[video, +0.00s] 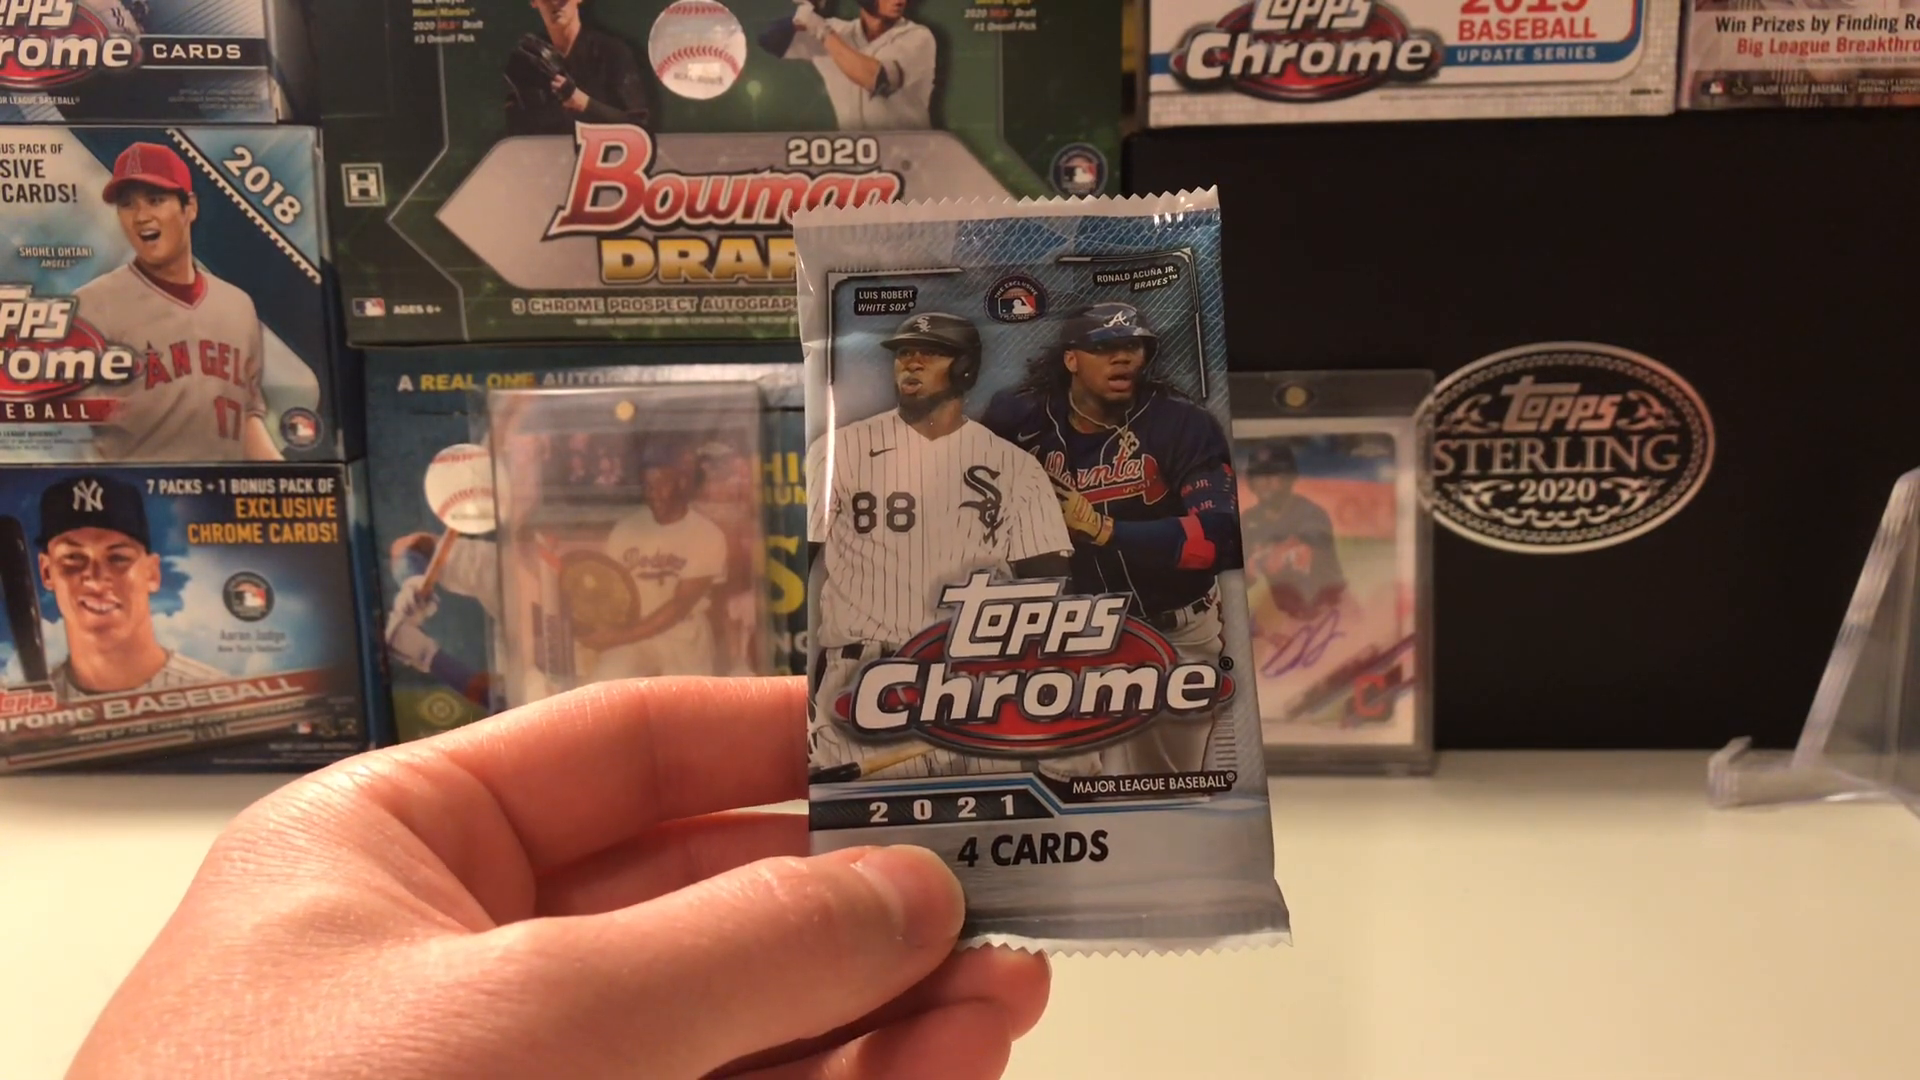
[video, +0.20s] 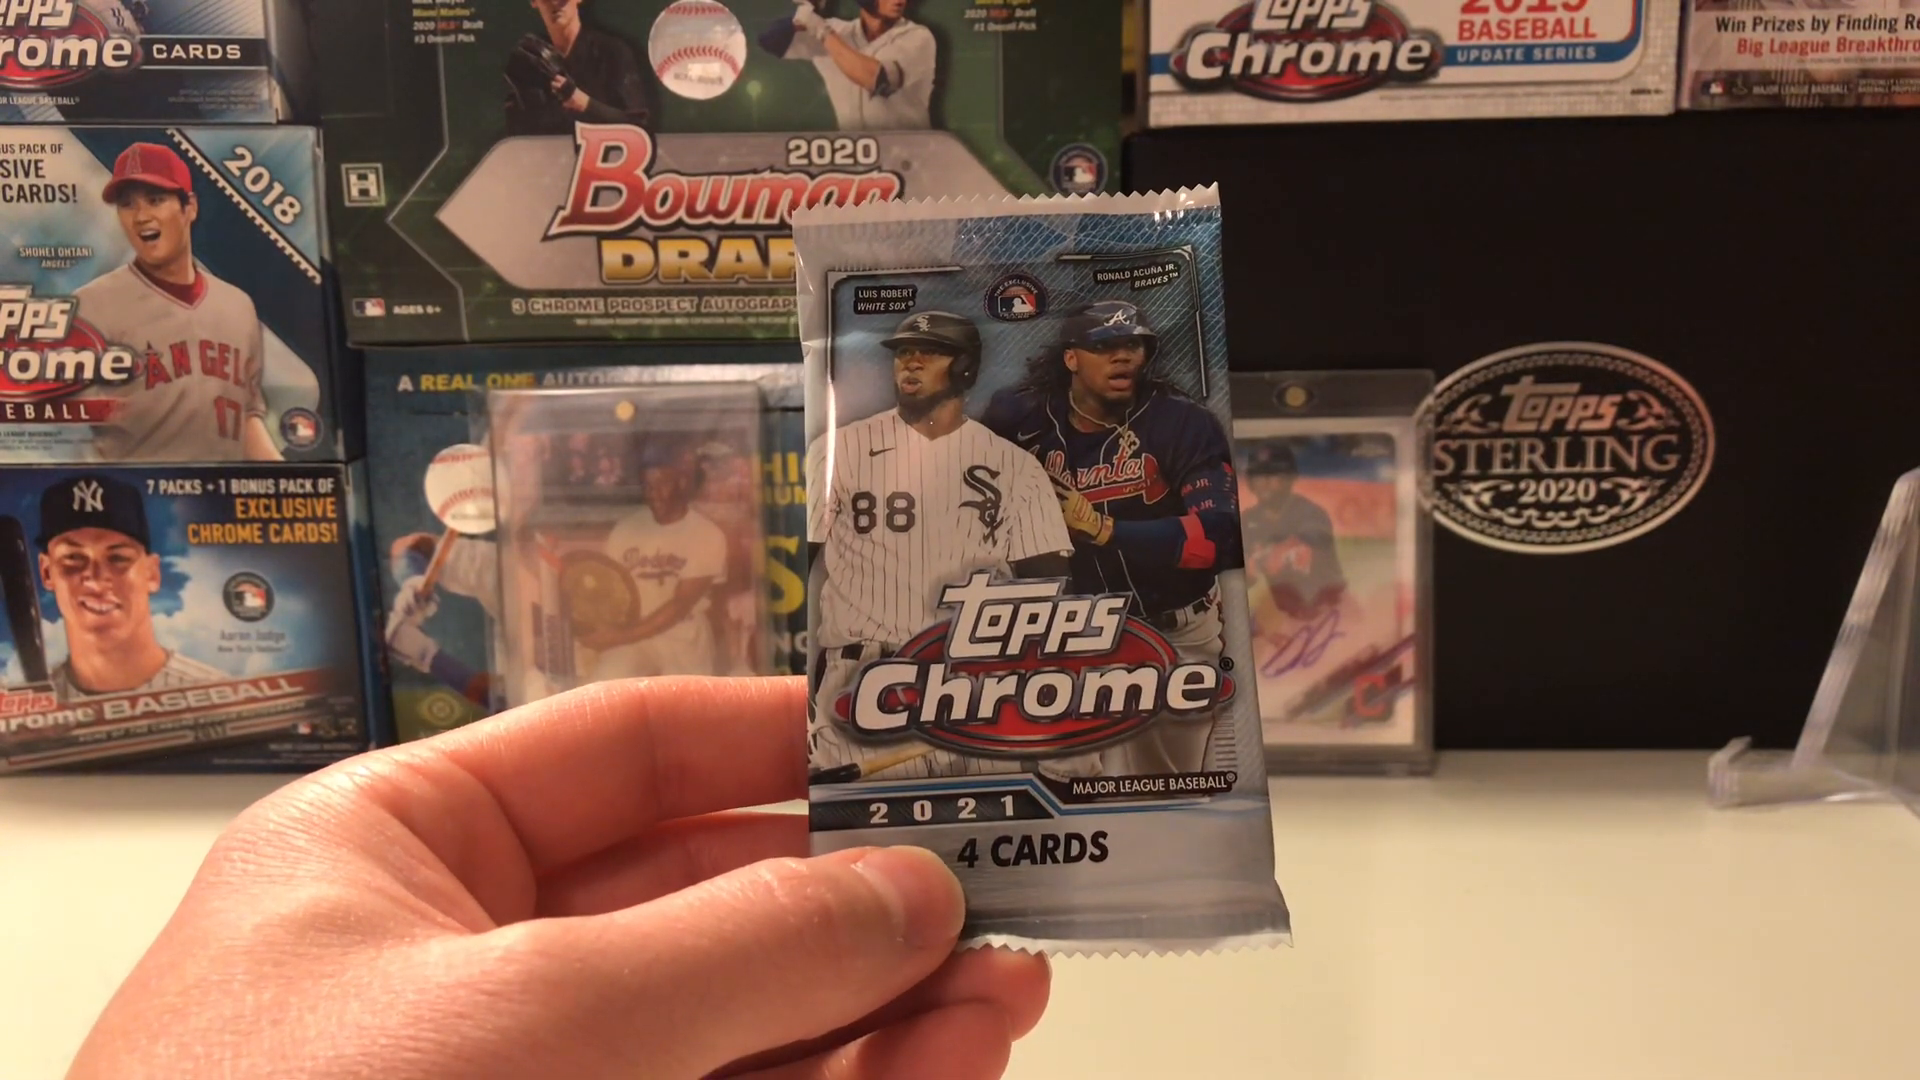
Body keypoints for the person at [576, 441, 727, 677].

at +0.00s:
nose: (652, 495)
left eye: (660, 485)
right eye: (647, 486)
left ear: (682, 484)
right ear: (642, 488)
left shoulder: (707, 536)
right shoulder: (625, 530)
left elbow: (680, 606)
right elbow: (604, 589)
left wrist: (617, 637)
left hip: (683, 641)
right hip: (627, 643)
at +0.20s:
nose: (653, 495)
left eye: (661, 485)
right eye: (648, 486)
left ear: (683, 484)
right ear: (642, 488)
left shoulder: (707, 536)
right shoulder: (625, 530)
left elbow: (680, 606)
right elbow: (604, 589)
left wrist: (619, 637)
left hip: (684, 639)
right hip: (628, 641)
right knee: (602, 696)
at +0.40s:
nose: (653, 495)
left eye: (660, 485)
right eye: (648, 486)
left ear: (682, 484)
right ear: (642, 489)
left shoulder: (707, 536)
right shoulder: (625, 530)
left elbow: (680, 606)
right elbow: (604, 588)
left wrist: (619, 637)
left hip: (683, 639)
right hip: (627, 641)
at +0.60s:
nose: (653, 495)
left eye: (661, 485)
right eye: (648, 487)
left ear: (682, 485)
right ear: (643, 489)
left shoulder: (707, 536)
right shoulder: (625, 530)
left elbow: (680, 607)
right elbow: (604, 588)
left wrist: (618, 637)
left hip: (683, 642)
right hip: (626, 643)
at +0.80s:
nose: (652, 495)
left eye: (660, 486)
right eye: (648, 486)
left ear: (682, 485)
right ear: (643, 488)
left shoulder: (707, 536)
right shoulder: (625, 529)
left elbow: (680, 606)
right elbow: (603, 587)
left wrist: (618, 637)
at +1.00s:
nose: (653, 495)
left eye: (661, 485)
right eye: (648, 487)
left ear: (681, 485)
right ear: (643, 489)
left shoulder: (707, 536)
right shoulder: (625, 529)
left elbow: (680, 607)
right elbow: (604, 588)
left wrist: (618, 637)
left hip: (683, 641)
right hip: (626, 642)